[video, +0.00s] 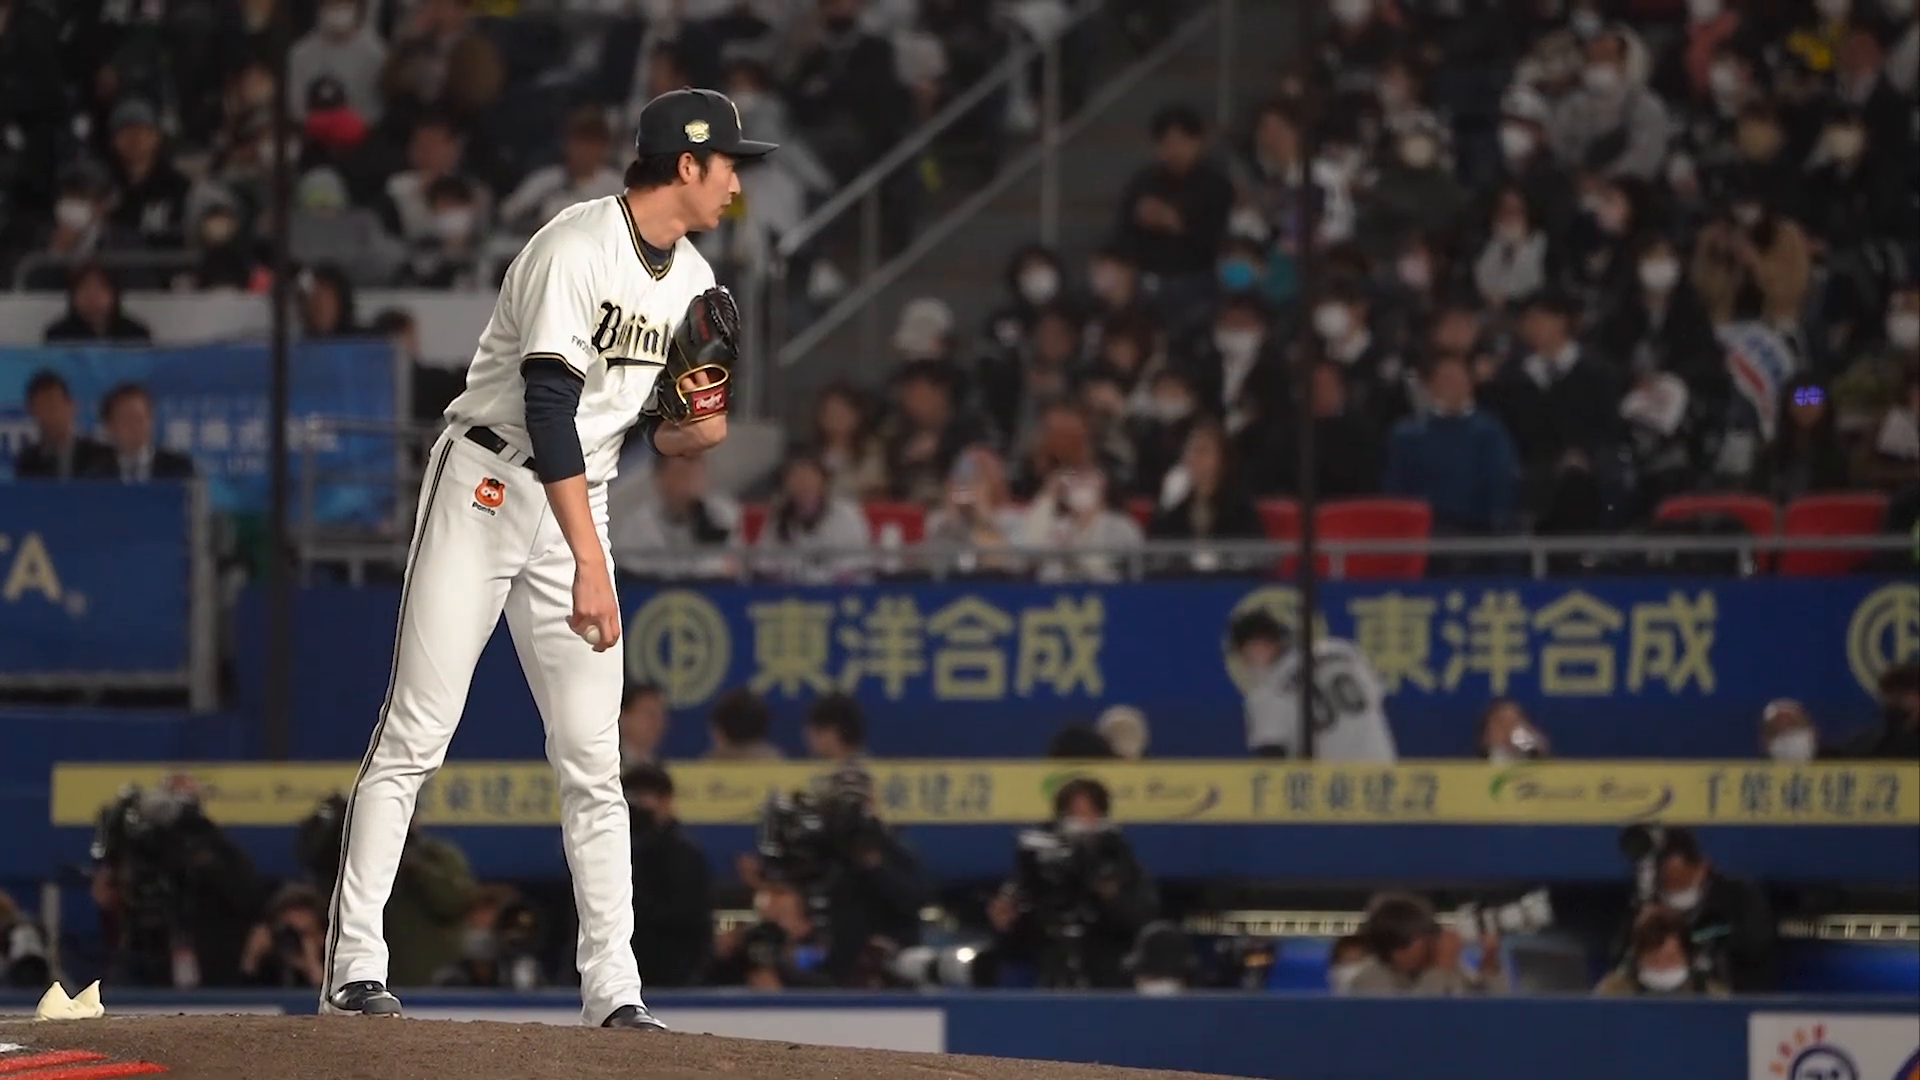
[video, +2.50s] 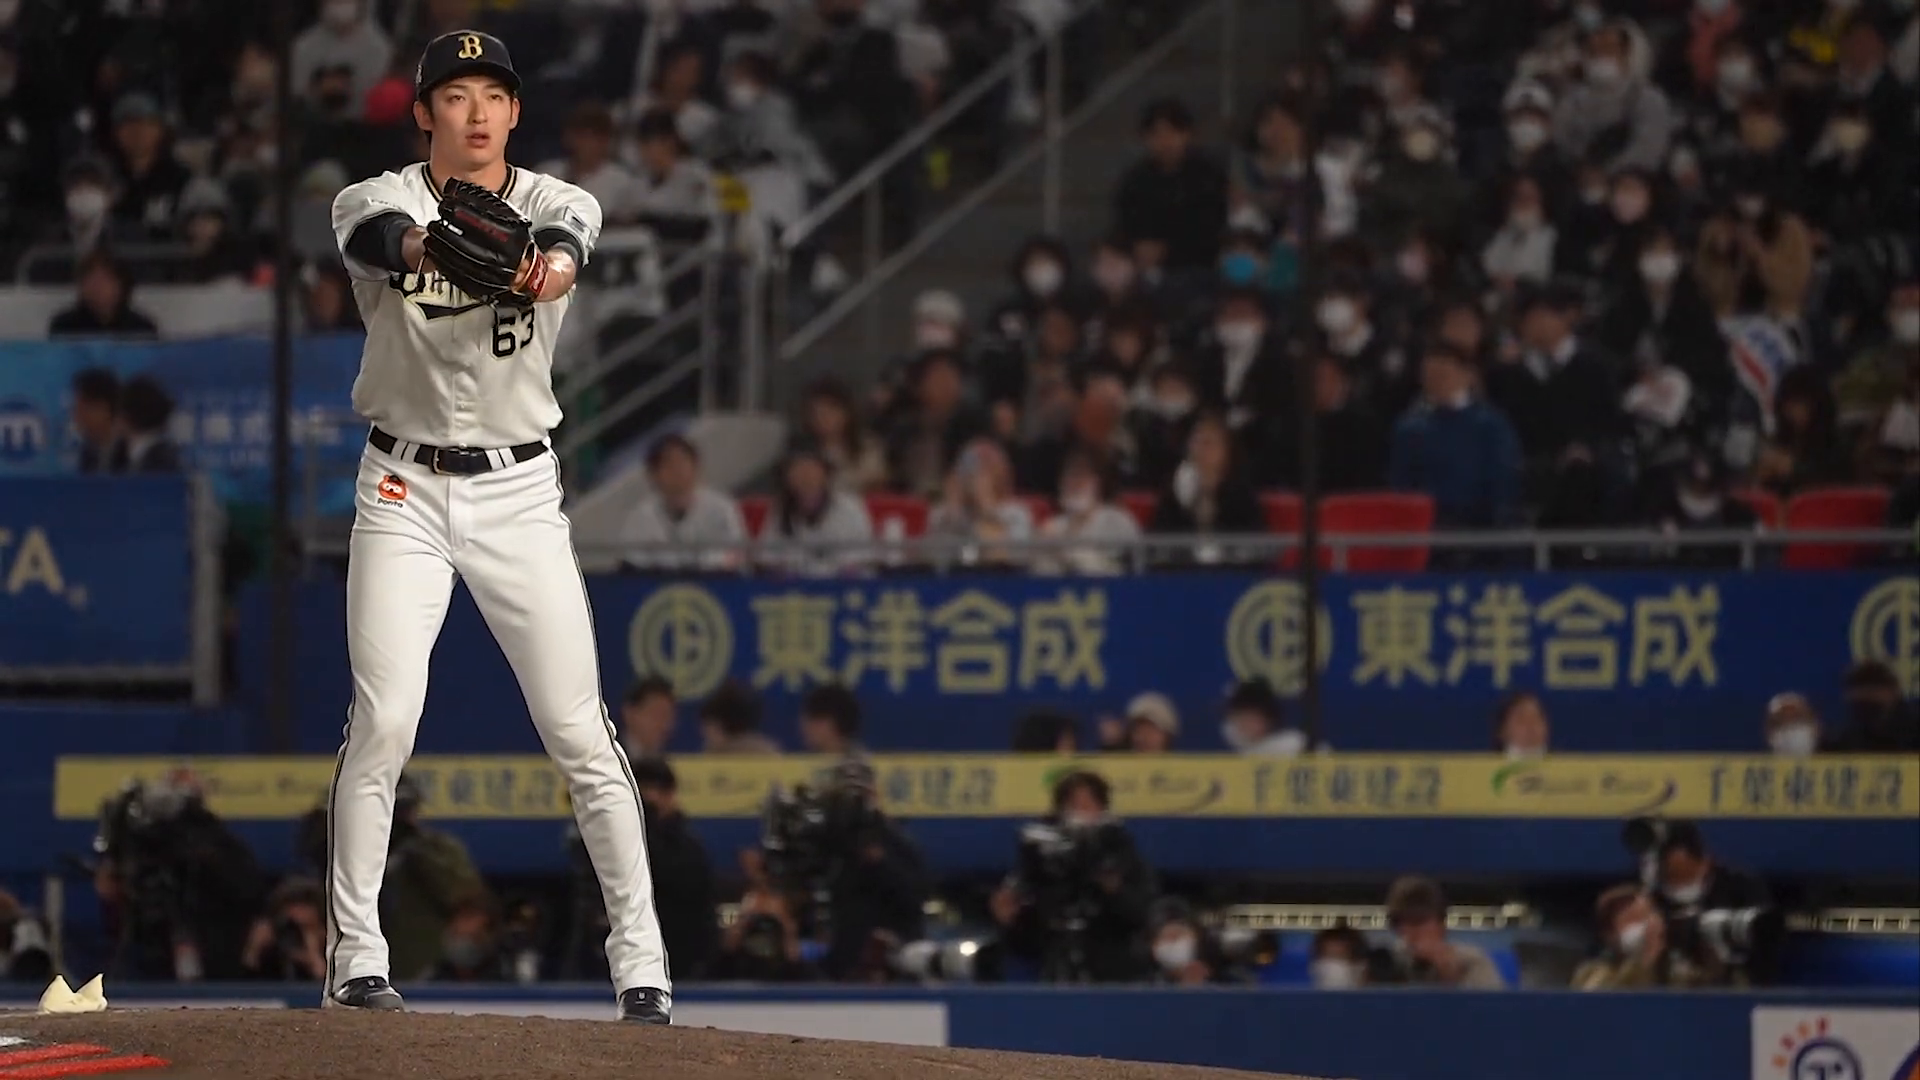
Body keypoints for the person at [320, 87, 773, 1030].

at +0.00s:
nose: (738, 182)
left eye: (737, 165)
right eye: (728, 164)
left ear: (688, 168)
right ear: (686, 166)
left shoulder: (695, 277)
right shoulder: (576, 247)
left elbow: (664, 424)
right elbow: (547, 408)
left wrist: (692, 431)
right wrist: (589, 560)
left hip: (583, 507)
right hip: (485, 482)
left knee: (592, 760)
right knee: (417, 729)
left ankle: (614, 995)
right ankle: (354, 965)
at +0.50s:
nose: (710, 154)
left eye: (711, 137)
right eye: (696, 136)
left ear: (681, 146)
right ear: (642, 138)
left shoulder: (696, 264)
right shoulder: (539, 222)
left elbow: (679, 402)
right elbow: (501, 378)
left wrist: (710, 426)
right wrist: (576, 507)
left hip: (586, 506)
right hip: (483, 480)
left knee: (598, 754)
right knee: (416, 727)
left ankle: (615, 988)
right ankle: (359, 957)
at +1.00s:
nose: (503, 109)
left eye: (515, 95)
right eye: (483, 95)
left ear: (530, 113)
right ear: (441, 110)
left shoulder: (574, 218)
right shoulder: (381, 212)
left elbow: (605, 371)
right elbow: (335, 362)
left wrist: (547, 324)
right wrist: (433, 310)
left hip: (527, 494)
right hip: (410, 488)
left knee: (585, 738)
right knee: (390, 724)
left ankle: (621, 983)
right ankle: (357, 964)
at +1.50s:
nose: (494, 111)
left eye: (507, 97)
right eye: (473, 102)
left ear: (535, 117)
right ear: (445, 131)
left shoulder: (595, 213)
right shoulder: (404, 229)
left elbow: (651, 355)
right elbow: (372, 370)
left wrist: (551, 269)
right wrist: (458, 266)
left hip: (566, 502)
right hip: (448, 498)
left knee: (598, 746)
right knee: (418, 726)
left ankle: (634, 973)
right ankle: (359, 955)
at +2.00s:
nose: (530, 120)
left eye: (546, 106)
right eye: (511, 106)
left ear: (570, 125)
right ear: (481, 125)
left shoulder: (626, 225)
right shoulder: (426, 230)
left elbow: (675, 369)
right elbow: (388, 379)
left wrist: (581, 311)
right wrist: (476, 306)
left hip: (576, 508)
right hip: (457, 498)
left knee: (608, 750)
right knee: (414, 722)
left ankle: (637, 980)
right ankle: (361, 952)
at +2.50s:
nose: (476, 115)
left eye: (491, 98)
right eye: (456, 99)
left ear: (515, 114)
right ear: (422, 117)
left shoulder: (556, 200)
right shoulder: (384, 196)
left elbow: (570, 234)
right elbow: (368, 231)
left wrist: (550, 260)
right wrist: (421, 246)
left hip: (519, 497)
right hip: (401, 495)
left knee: (581, 736)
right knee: (382, 723)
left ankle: (639, 963)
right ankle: (357, 960)